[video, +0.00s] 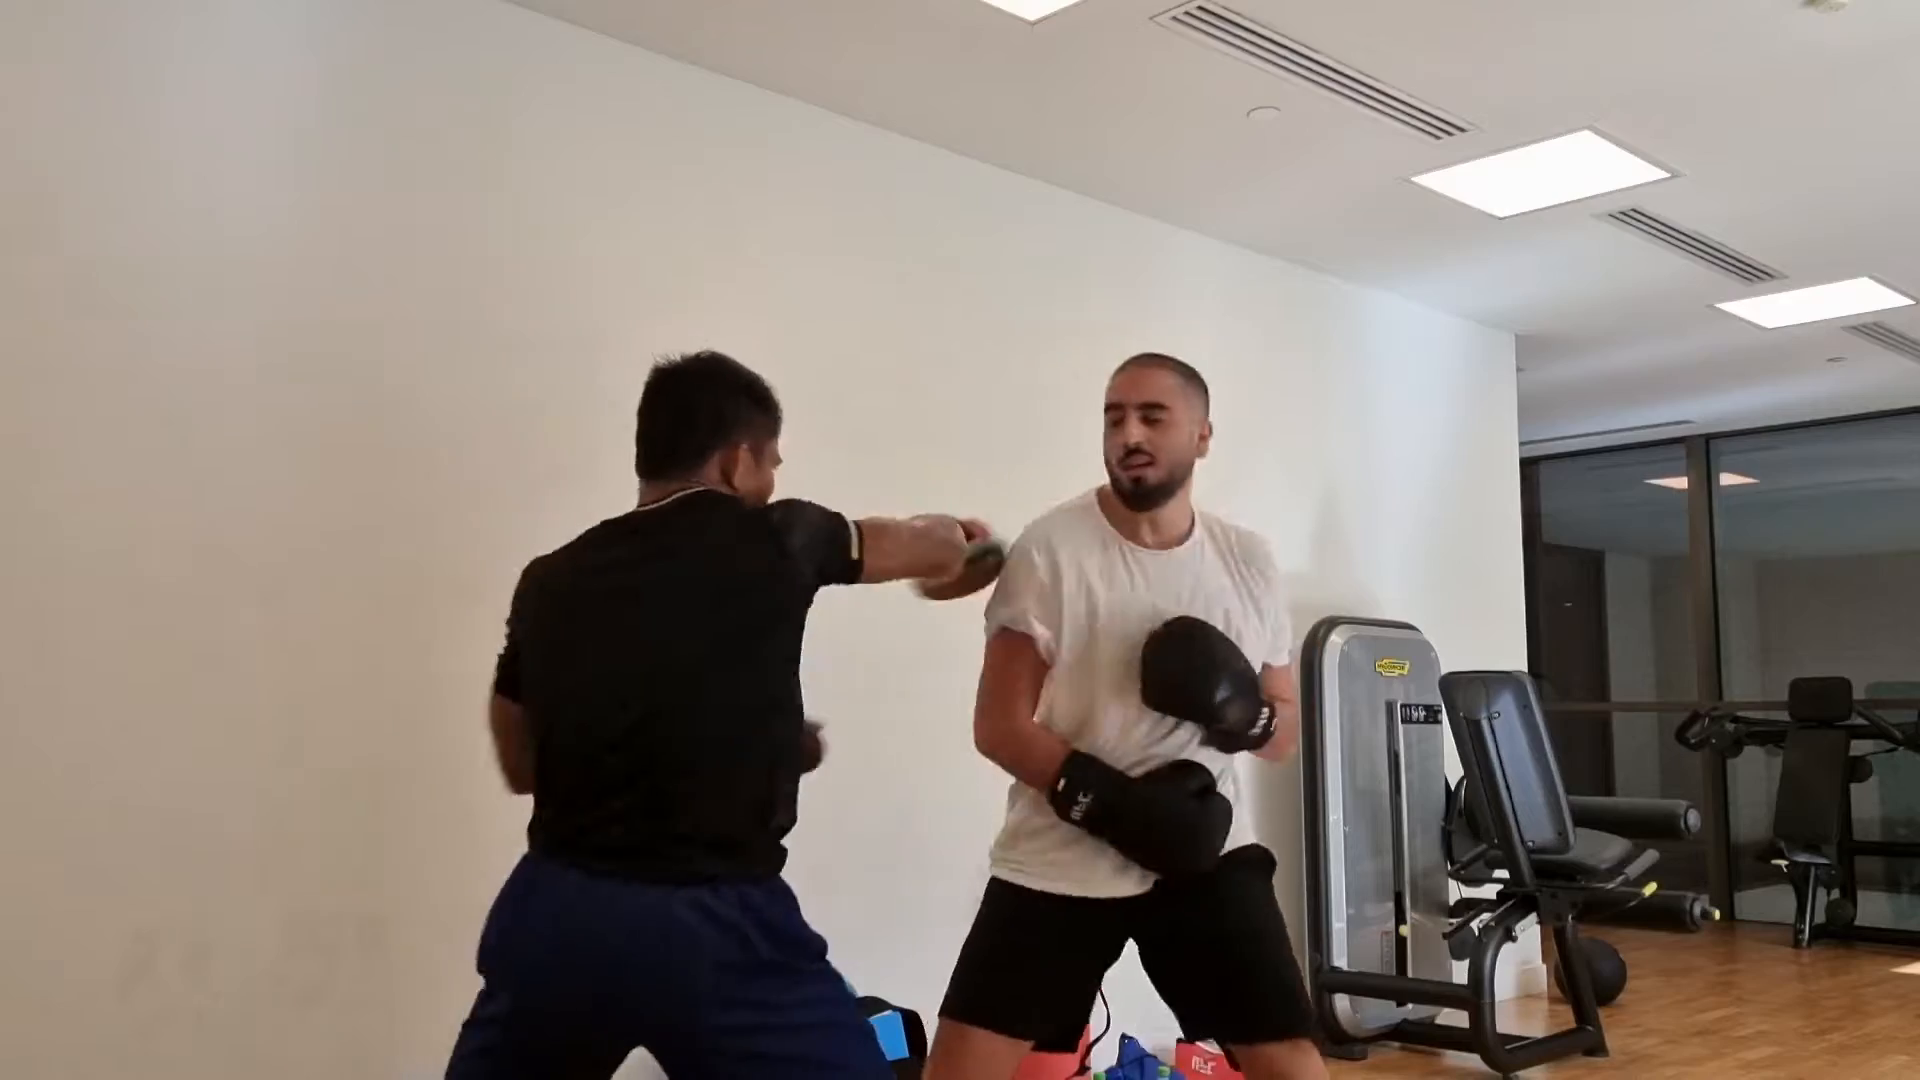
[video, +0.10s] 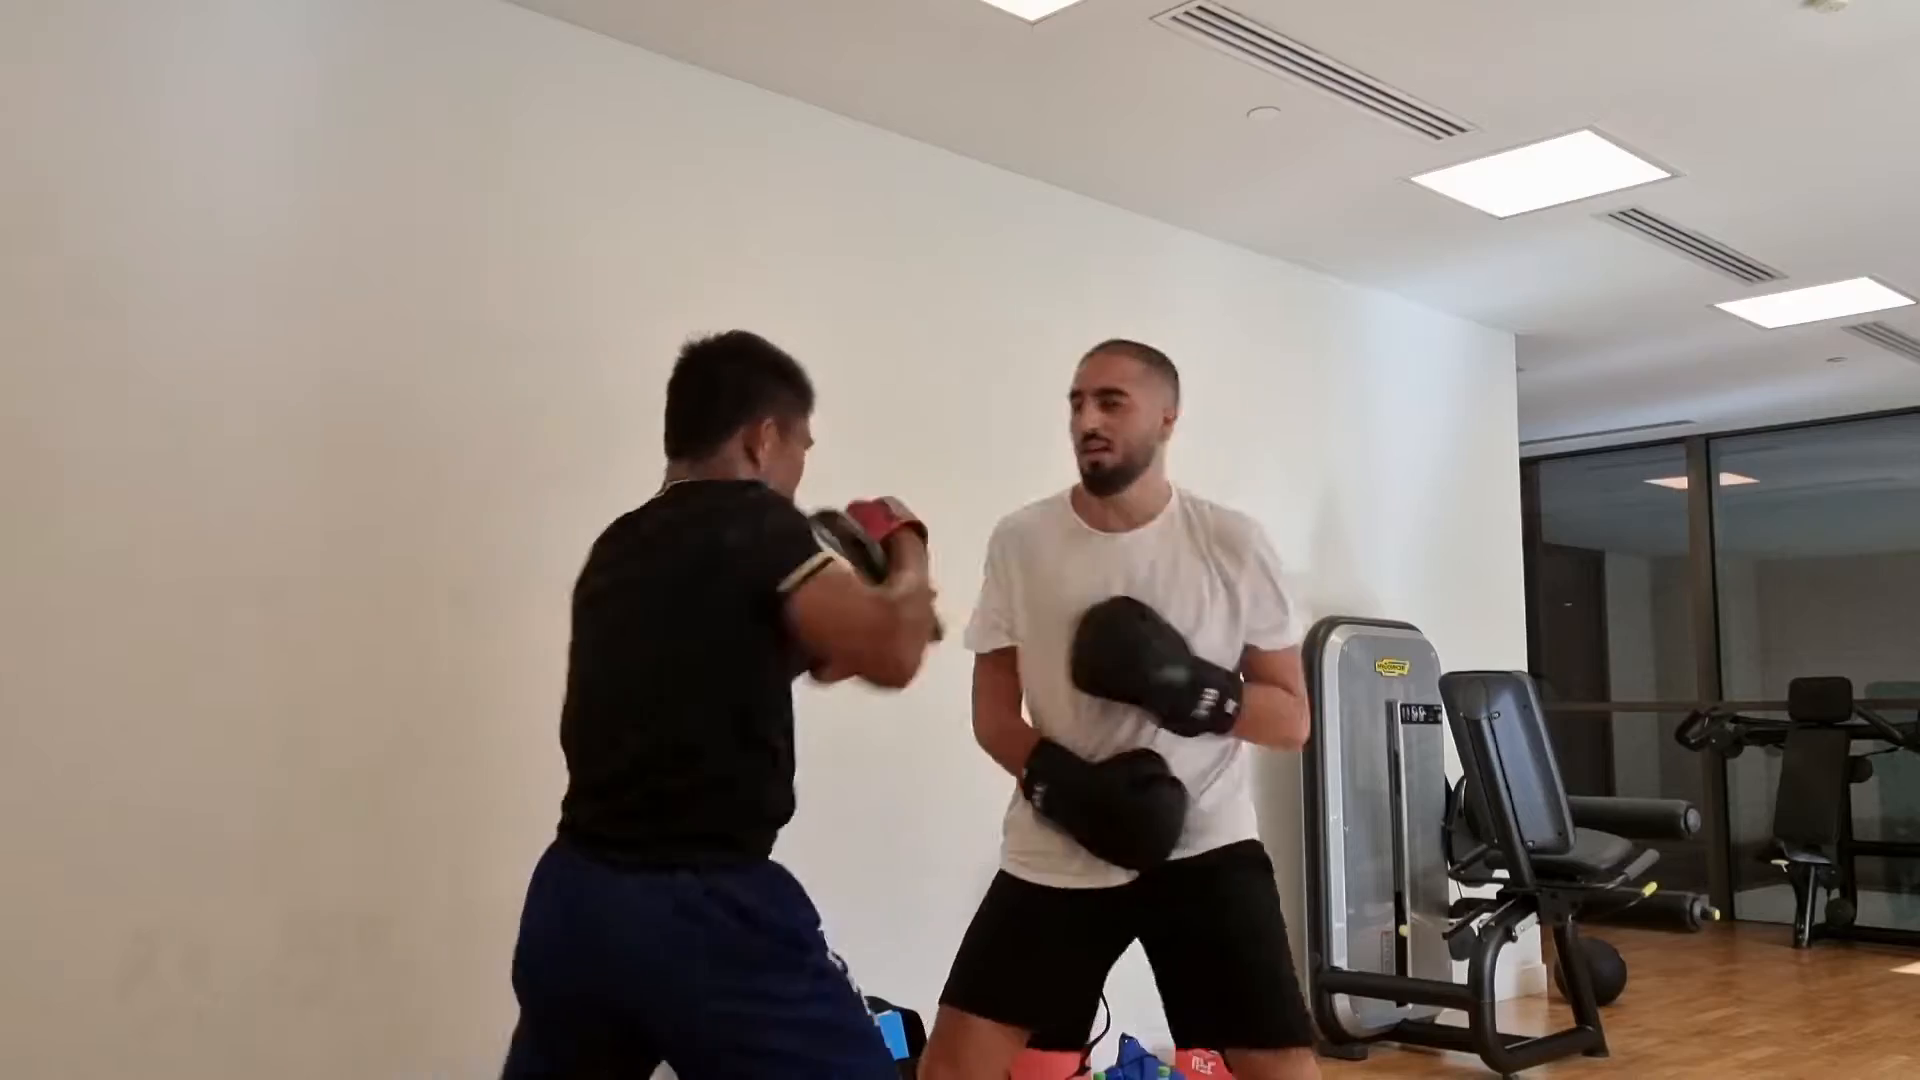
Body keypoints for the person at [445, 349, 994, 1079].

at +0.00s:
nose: (773, 487)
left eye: (777, 468)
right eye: (772, 466)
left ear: (647, 460)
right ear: (736, 460)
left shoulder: (550, 577)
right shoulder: (774, 535)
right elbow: (933, 547)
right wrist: (965, 549)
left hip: (554, 933)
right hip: (725, 939)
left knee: (489, 1066)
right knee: (849, 1063)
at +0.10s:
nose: (803, 467)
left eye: (807, 448)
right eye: (803, 447)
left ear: (681, 440)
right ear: (761, 440)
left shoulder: (614, 546)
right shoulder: (759, 525)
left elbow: (718, 655)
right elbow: (893, 654)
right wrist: (912, 560)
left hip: (576, 905)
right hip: (718, 917)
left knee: (550, 1062)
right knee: (854, 1060)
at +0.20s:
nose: (812, 474)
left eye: (815, 453)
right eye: (809, 452)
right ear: (762, 450)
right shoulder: (677, 557)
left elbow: (860, 593)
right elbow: (747, 715)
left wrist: (986, 554)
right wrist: (849, 592)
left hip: (598, 917)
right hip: (680, 924)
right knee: (825, 1063)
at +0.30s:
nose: (781, 488)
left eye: (785, 464)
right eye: (780, 463)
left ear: (731, 459)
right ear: (735, 458)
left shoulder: (712, 573)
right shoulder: (649, 571)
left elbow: (849, 588)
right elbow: (719, 739)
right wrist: (845, 644)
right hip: (669, 936)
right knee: (821, 1064)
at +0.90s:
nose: (822, 535)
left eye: (828, 511)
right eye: (824, 508)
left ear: (702, 479)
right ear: (781, 498)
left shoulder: (625, 575)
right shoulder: (693, 589)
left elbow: (718, 735)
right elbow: (693, 786)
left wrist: (818, 629)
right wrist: (837, 728)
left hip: (492, 948)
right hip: (596, 967)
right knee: (773, 1063)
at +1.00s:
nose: (750, 562)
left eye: (763, 534)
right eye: (759, 529)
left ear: (630, 500)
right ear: (711, 515)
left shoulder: (535, 593)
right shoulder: (655, 608)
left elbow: (582, 761)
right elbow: (681, 818)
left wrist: (731, 685)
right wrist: (779, 737)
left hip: (420, 975)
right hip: (552, 990)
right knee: (736, 1066)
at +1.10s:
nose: (690, 583)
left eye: (699, 556)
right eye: (694, 552)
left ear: (563, 527)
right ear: (643, 540)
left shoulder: (456, 618)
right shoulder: (628, 636)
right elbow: (680, 842)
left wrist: (672, 673)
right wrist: (757, 751)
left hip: (353, 1005)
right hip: (508, 1016)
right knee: (692, 1069)